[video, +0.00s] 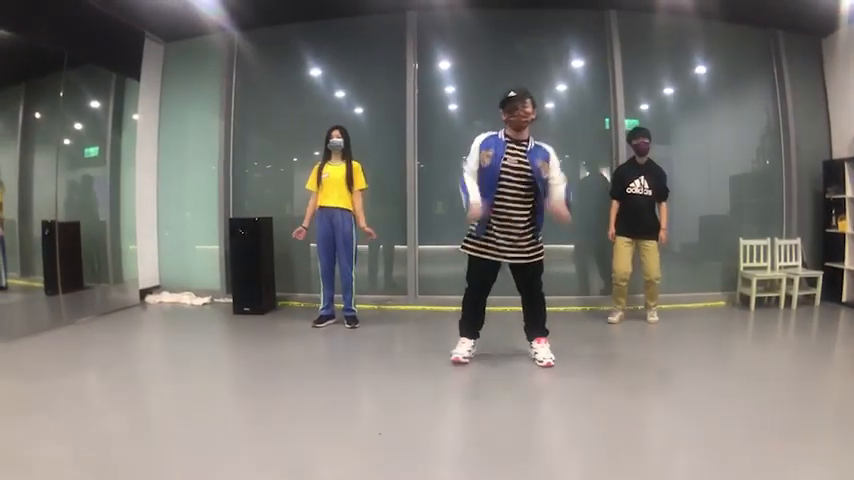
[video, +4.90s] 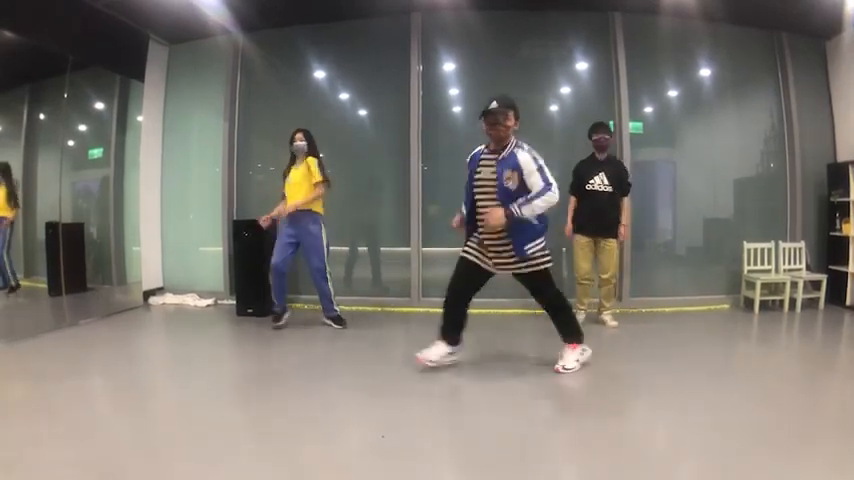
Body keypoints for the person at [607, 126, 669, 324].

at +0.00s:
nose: (643, 145)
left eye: (646, 142)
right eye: (638, 142)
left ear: (650, 144)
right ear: (631, 144)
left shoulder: (657, 172)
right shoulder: (621, 171)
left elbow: (662, 202)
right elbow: (615, 200)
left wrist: (663, 228)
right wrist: (611, 226)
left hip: (649, 232)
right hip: (624, 232)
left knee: (652, 276)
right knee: (620, 273)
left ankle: (651, 308)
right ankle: (619, 308)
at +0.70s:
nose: (632, 143)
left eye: (635, 140)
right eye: (627, 140)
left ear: (638, 142)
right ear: (619, 142)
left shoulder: (642, 170)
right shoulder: (610, 167)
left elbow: (644, 200)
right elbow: (598, 195)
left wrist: (648, 225)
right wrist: (602, 223)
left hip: (636, 230)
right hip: (612, 230)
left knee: (641, 273)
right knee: (605, 273)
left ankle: (640, 309)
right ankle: (595, 308)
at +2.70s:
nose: (606, 150)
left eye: (609, 146)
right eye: (602, 146)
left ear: (615, 149)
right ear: (596, 149)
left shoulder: (623, 171)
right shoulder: (589, 173)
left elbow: (641, 193)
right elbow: (578, 195)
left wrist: (628, 217)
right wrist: (580, 218)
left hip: (621, 234)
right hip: (596, 234)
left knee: (632, 276)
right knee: (590, 276)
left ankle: (649, 308)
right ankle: (589, 311)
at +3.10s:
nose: (632, 146)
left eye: (635, 142)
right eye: (628, 142)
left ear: (638, 143)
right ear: (618, 142)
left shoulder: (630, 165)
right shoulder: (607, 163)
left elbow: (628, 194)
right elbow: (587, 186)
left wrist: (639, 212)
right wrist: (593, 211)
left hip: (626, 228)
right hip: (603, 228)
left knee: (632, 272)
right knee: (597, 272)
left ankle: (628, 310)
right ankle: (584, 309)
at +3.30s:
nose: (646, 157)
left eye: (648, 153)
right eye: (642, 154)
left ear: (650, 154)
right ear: (633, 154)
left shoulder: (643, 178)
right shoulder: (623, 171)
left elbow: (645, 202)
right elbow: (611, 195)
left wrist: (649, 222)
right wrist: (619, 222)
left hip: (628, 238)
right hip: (607, 237)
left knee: (639, 276)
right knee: (594, 280)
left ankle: (627, 313)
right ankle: (571, 311)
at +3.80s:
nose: (624, 145)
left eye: (628, 142)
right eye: (620, 141)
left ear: (633, 147)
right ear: (613, 143)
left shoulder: (632, 174)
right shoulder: (598, 165)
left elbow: (638, 206)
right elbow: (586, 190)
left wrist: (642, 233)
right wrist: (589, 216)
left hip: (622, 234)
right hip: (596, 232)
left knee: (627, 277)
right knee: (592, 278)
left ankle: (626, 313)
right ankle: (586, 313)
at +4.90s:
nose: (602, 140)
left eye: (605, 136)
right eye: (597, 136)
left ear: (611, 139)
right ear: (591, 140)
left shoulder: (618, 167)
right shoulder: (582, 166)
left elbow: (624, 198)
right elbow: (574, 196)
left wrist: (623, 224)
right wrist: (569, 221)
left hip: (609, 229)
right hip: (583, 228)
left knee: (608, 275)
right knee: (583, 274)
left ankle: (606, 311)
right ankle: (581, 309)